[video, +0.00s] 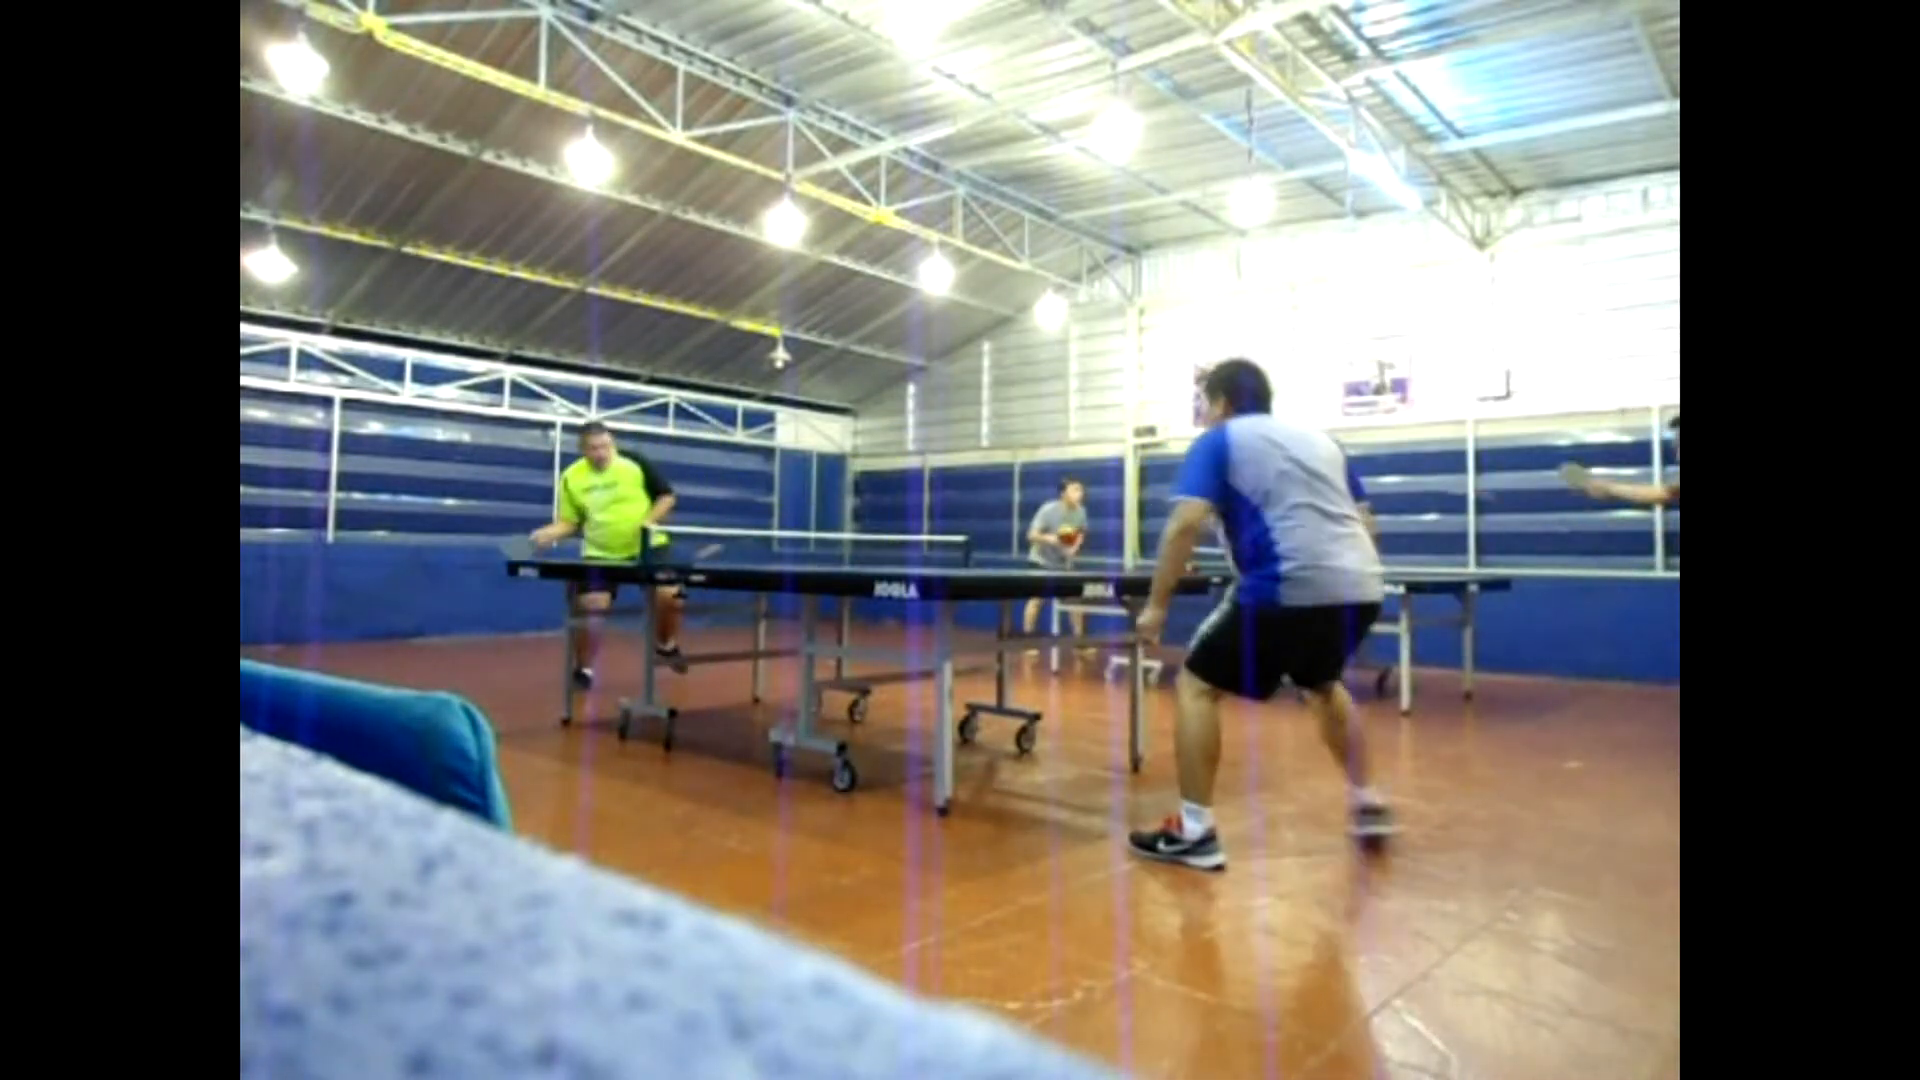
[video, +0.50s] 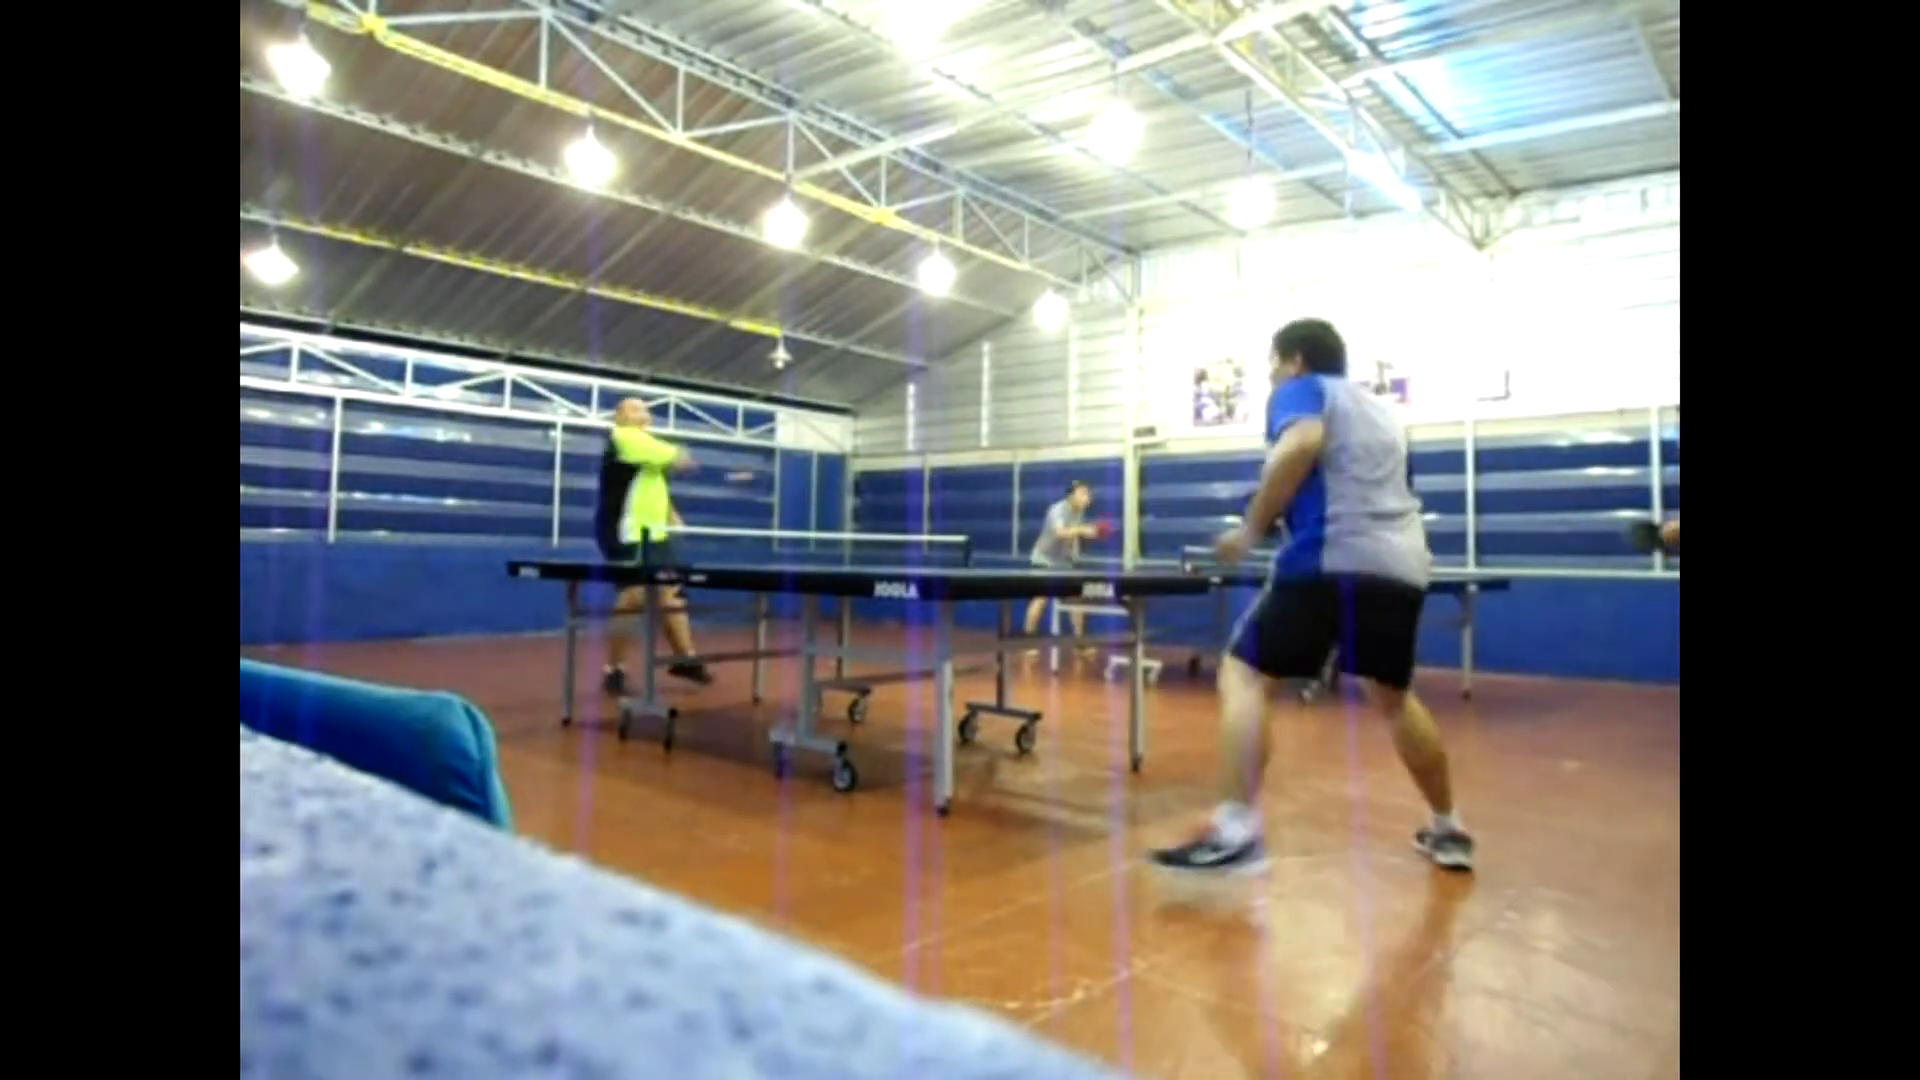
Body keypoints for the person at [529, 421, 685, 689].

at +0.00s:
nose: (600, 454)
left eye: (603, 447)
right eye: (593, 448)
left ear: (612, 444)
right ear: (583, 449)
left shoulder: (635, 464)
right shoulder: (572, 478)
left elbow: (666, 496)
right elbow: (569, 520)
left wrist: (649, 521)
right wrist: (549, 534)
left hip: (644, 546)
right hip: (600, 552)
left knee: (669, 594)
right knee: (593, 605)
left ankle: (667, 644)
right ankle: (585, 667)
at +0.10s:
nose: (598, 463)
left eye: (602, 455)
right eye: (591, 457)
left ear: (611, 450)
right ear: (581, 457)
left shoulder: (636, 468)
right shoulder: (572, 483)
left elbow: (669, 495)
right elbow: (573, 525)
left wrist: (658, 522)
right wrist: (552, 527)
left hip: (645, 549)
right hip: (601, 553)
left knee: (668, 586)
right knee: (592, 607)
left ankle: (665, 636)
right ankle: (586, 667)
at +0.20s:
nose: (601, 471)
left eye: (605, 464)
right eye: (594, 466)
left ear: (614, 458)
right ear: (586, 465)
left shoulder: (640, 473)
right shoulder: (579, 487)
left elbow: (676, 495)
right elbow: (580, 532)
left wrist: (667, 526)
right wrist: (560, 525)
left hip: (650, 550)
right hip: (606, 555)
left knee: (668, 588)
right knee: (590, 606)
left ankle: (666, 643)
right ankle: (585, 668)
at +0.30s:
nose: (613, 462)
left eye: (617, 455)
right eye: (606, 457)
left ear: (627, 449)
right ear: (599, 456)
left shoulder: (653, 472)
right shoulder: (589, 482)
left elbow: (681, 494)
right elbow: (586, 518)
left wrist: (677, 525)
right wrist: (592, 530)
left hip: (658, 549)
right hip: (615, 553)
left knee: (668, 600)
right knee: (599, 610)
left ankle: (674, 669)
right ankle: (588, 669)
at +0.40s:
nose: (629, 426)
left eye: (633, 420)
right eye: (622, 420)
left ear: (639, 425)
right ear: (610, 426)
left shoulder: (656, 454)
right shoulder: (602, 459)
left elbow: (673, 489)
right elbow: (615, 500)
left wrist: (679, 520)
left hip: (662, 536)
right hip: (623, 538)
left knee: (670, 602)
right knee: (619, 603)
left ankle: (676, 668)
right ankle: (597, 665)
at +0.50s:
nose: (645, 415)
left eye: (645, 410)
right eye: (637, 409)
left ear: (647, 417)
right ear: (621, 416)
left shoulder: (648, 443)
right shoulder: (621, 438)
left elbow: (654, 489)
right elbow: (655, 454)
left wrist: (670, 514)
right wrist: (677, 457)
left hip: (654, 527)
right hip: (625, 528)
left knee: (670, 591)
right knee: (633, 595)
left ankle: (686, 656)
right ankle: (614, 666)